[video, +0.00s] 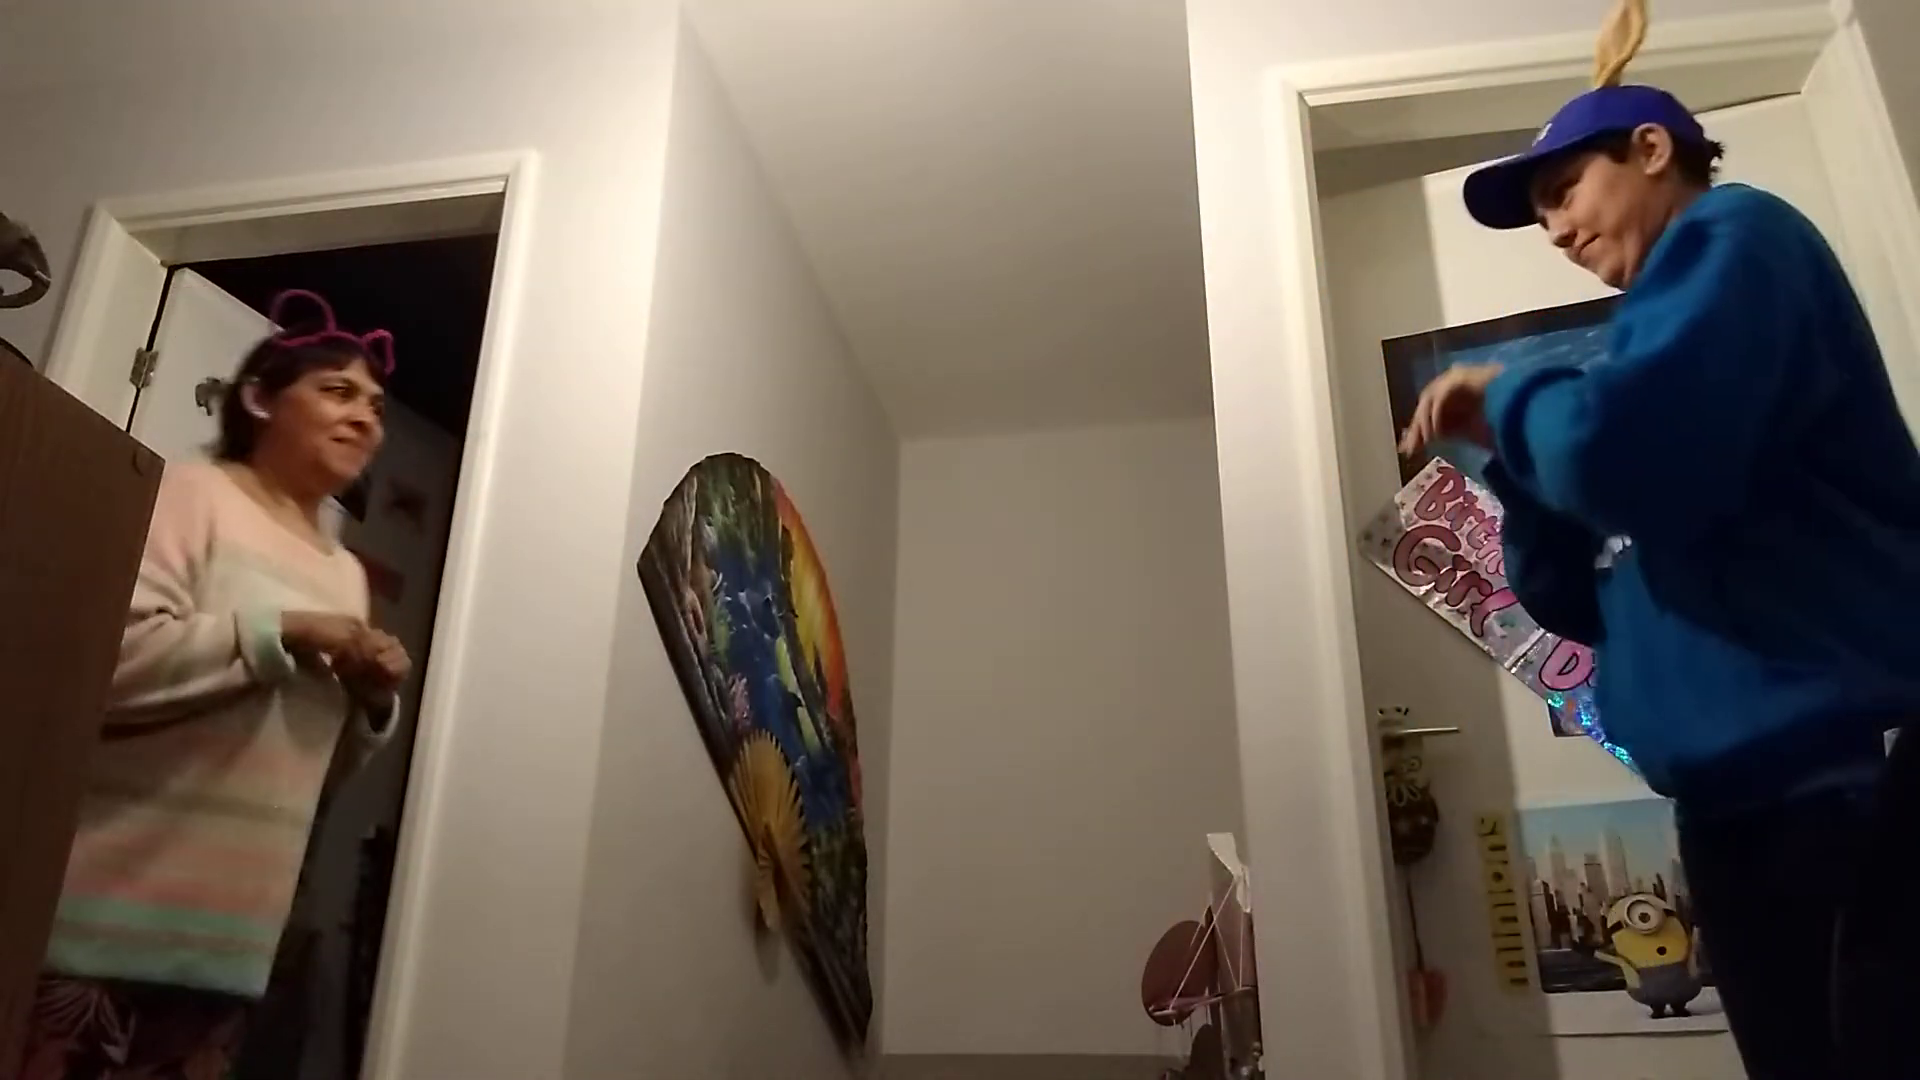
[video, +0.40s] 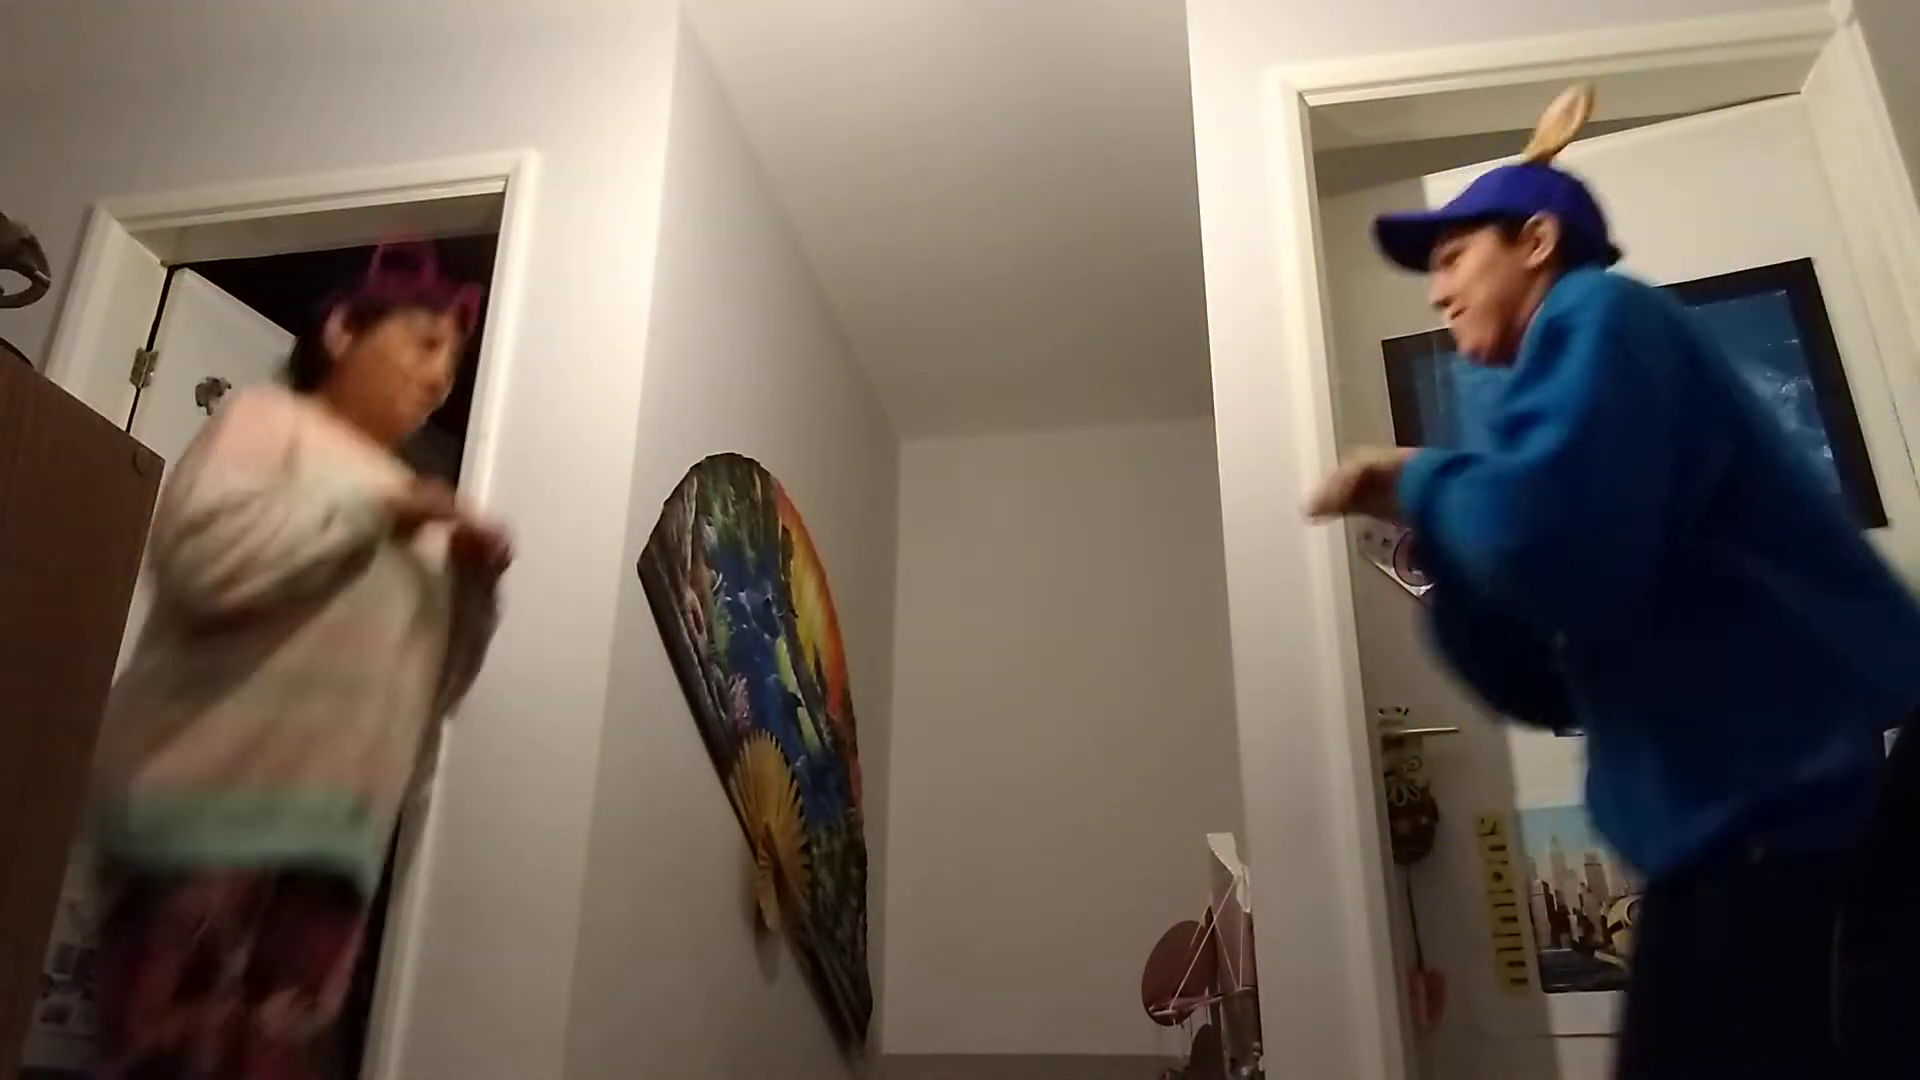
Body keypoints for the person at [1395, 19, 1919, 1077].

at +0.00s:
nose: (1556, 229)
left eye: (1569, 188)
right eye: (1545, 215)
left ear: (1653, 149)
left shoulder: (1736, 236)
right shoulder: (1643, 327)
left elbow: (1627, 443)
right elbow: (1569, 604)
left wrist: (1501, 395)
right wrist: (1520, 452)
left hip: (1844, 774)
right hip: (1739, 796)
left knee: (1855, 1047)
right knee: (1792, 1049)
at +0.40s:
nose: (1435, 290)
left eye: (1454, 256)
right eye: (1432, 267)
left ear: (1537, 240)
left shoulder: (1600, 312)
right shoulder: (1532, 402)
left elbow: (1547, 533)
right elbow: (1554, 692)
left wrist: (1403, 477)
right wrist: (1432, 558)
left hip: (1799, 784)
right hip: (1719, 812)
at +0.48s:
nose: (1416, 283)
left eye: (1432, 248)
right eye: (1409, 263)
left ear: (1512, 228)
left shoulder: (1586, 301)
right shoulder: (1487, 383)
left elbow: (1457, 503)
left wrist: (1376, 432)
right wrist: (1386, 483)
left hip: (1755, 783)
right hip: (1652, 806)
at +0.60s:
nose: (1362, 218)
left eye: (1374, 181)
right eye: (1350, 200)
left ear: (1452, 155)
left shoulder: (1530, 215)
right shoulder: (1431, 320)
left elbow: (1442, 374)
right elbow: (1371, 565)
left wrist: (1340, 345)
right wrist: (1344, 404)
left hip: (1656, 683)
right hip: (1550, 711)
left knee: (1664, 1010)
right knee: (1594, 1021)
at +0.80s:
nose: (1248, 241)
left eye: (1264, 205)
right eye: (1242, 221)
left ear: (1345, 187)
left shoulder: (1428, 276)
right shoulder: (1314, 370)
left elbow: (1380, 494)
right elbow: (1294, 629)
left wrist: (1243, 432)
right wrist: (1240, 482)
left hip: (1533, 752)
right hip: (1439, 768)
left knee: (1514, 1051)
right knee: (1456, 1052)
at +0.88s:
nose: (1219, 261)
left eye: (1235, 225)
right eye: (1215, 239)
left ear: (1317, 209)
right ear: (1309, 219)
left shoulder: (1390, 296)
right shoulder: (1313, 378)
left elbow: (1296, 501)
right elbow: (1242, 645)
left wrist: (1203, 418)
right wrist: (1206, 476)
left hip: (1473, 792)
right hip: (1393, 805)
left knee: (1444, 1056)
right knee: (1402, 1052)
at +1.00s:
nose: (1155, 225)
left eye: (1168, 190)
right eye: (1152, 205)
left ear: (1247, 169)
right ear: (1241, 180)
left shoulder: (1318, 233)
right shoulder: (1242, 315)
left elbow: (1224, 403)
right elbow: (1181, 576)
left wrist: (1139, 351)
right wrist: (1156, 418)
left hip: (1382, 706)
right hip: (1308, 718)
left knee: (1357, 1020)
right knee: (1314, 1020)